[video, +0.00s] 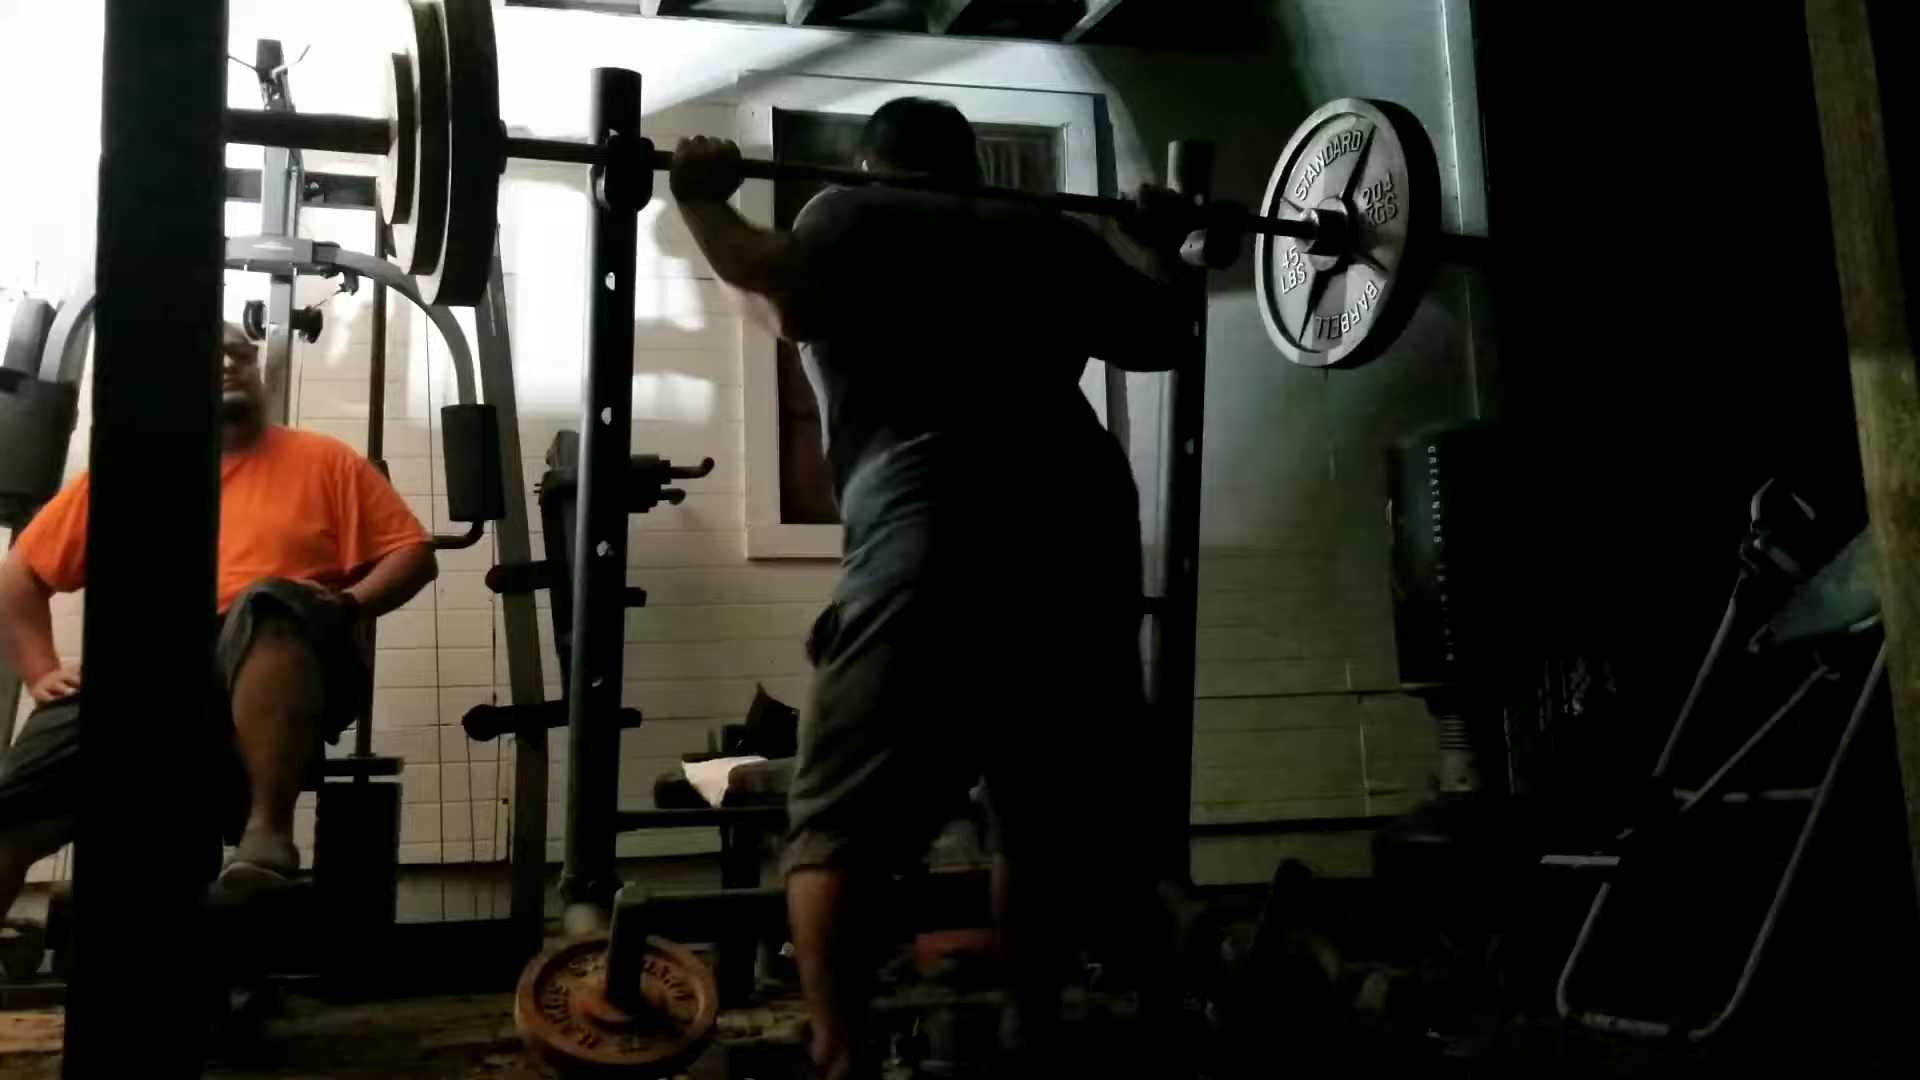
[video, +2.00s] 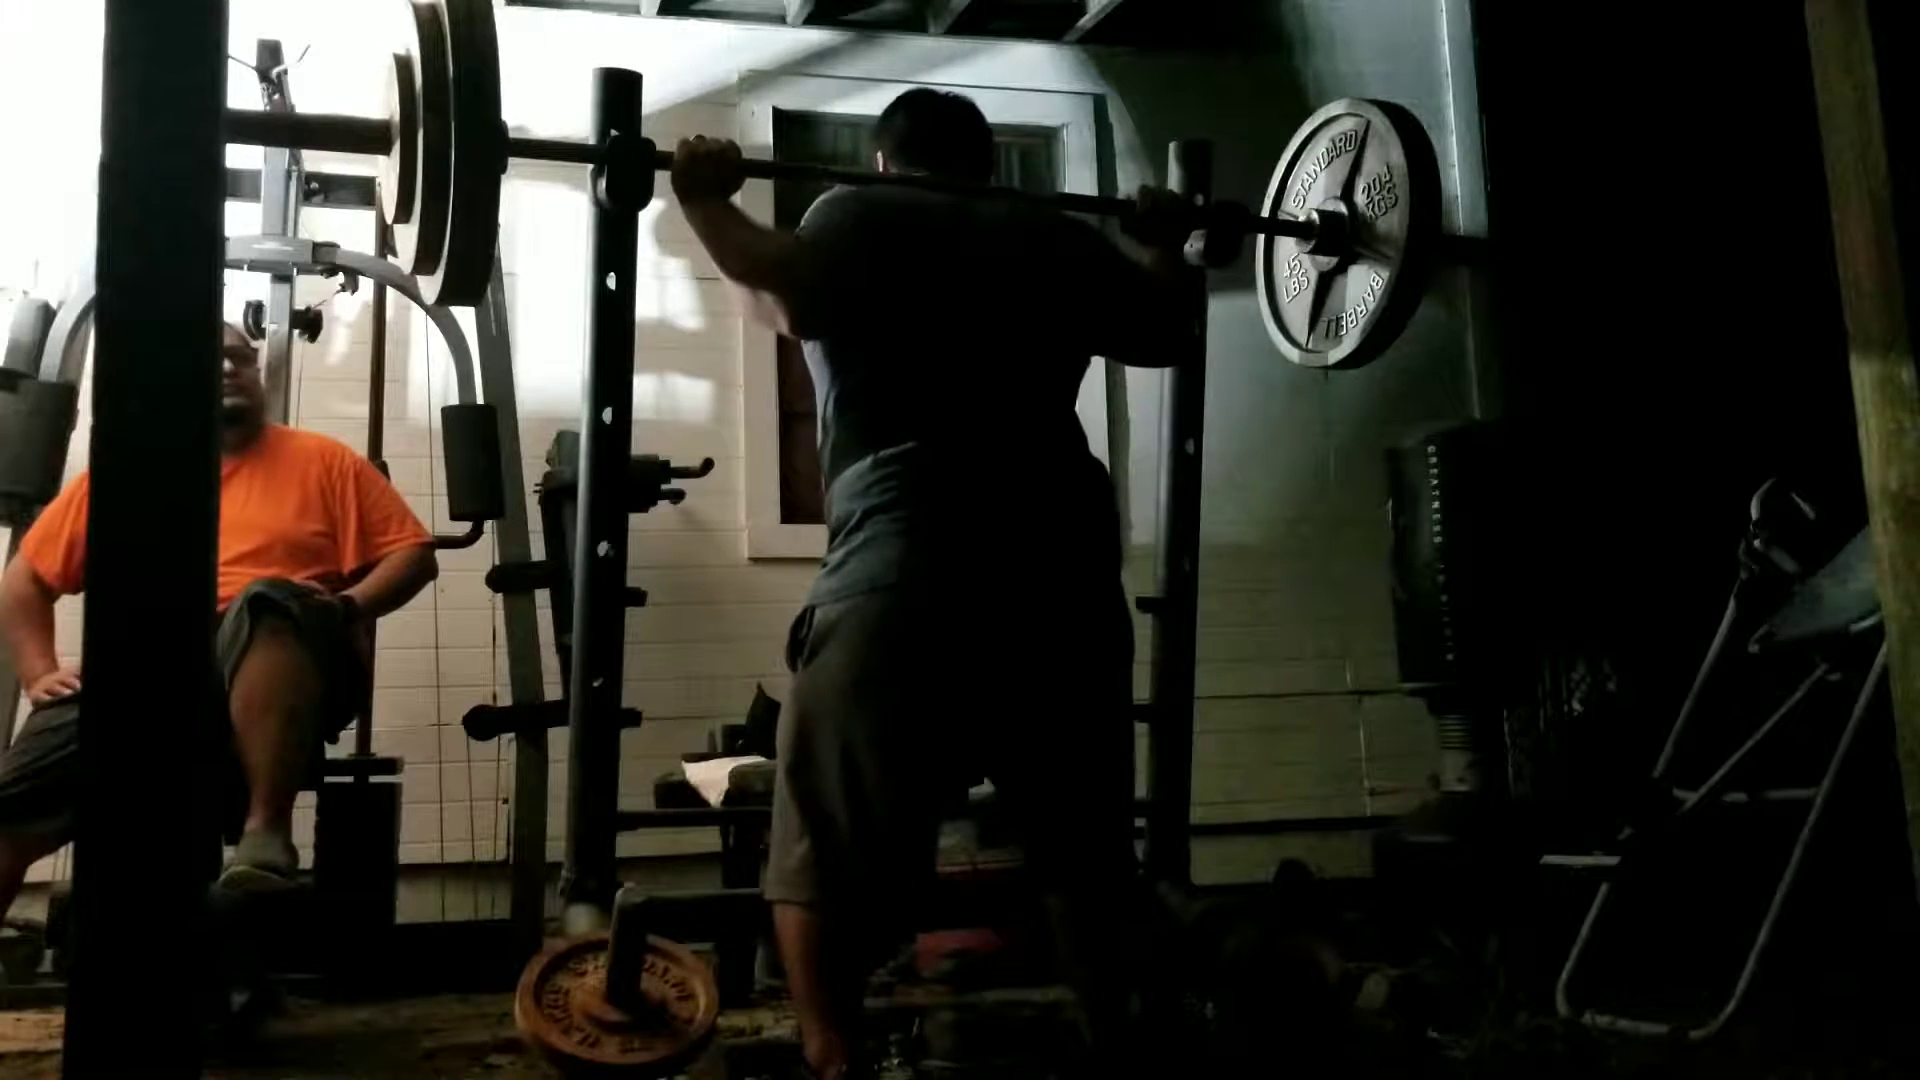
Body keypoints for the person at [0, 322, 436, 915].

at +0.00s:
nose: (230, 367)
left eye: (242, 355)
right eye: (213, 357)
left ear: (265, 374)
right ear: (187, 375)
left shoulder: (325, 462)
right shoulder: (134, 468)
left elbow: (414, 552)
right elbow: (21, 571)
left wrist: (353, 601)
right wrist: (41, 670)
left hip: (285, 669)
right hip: (147, 666)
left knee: (273, 606)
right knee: (14, 804)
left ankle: (268, 832)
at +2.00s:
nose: (230, 370)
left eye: (242, 357)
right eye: (213, 358)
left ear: (264, 375)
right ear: (185, 376)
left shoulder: (324, 462)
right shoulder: (131, 468)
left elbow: (414, 552)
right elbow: (24, 575)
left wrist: (350, 603)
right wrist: (39, 672)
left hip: (287, 669)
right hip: (146, 668)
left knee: (271, 604)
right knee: (14, 805)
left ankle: (266, 829)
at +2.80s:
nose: (231, 369)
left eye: (242, 358)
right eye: (213, 358)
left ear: (264, 376)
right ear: (186, 378)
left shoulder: (324, 463)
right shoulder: (130, 470)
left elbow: (415, 555)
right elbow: (25, 577)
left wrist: (351, 604)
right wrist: (39, 672)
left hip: (286, 668)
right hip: (146, 667)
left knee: (271, 604)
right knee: (11, 812)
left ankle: (267, 829)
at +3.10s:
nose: (230, 369)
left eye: (242, 358)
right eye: (213, 359)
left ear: (264, 376)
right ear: (186, 378)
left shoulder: (324, 463)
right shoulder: (131, 470)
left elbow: (415, 555)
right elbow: (25, 577)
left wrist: (352, 604)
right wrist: (39, 672)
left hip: (287, 666)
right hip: (146, 667)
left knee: (271, 604)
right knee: (11, 814)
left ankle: (267, 829)